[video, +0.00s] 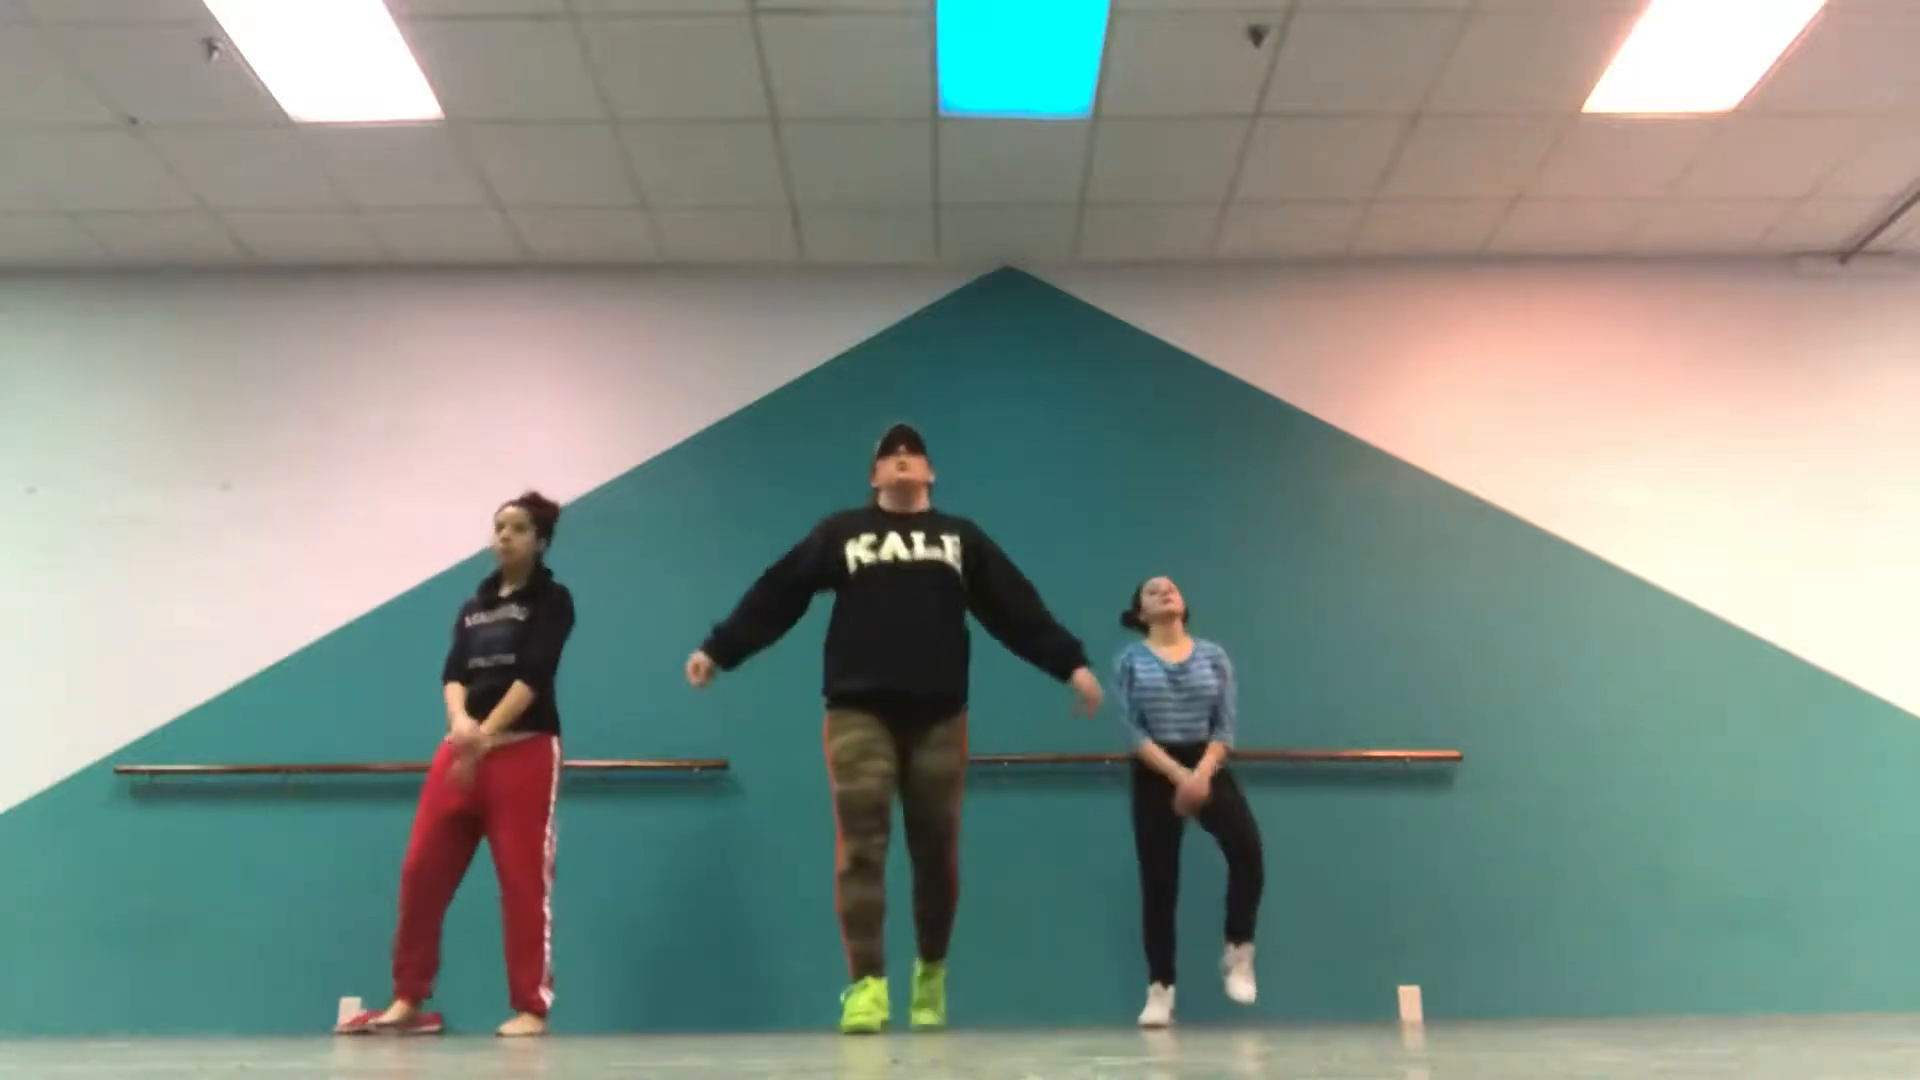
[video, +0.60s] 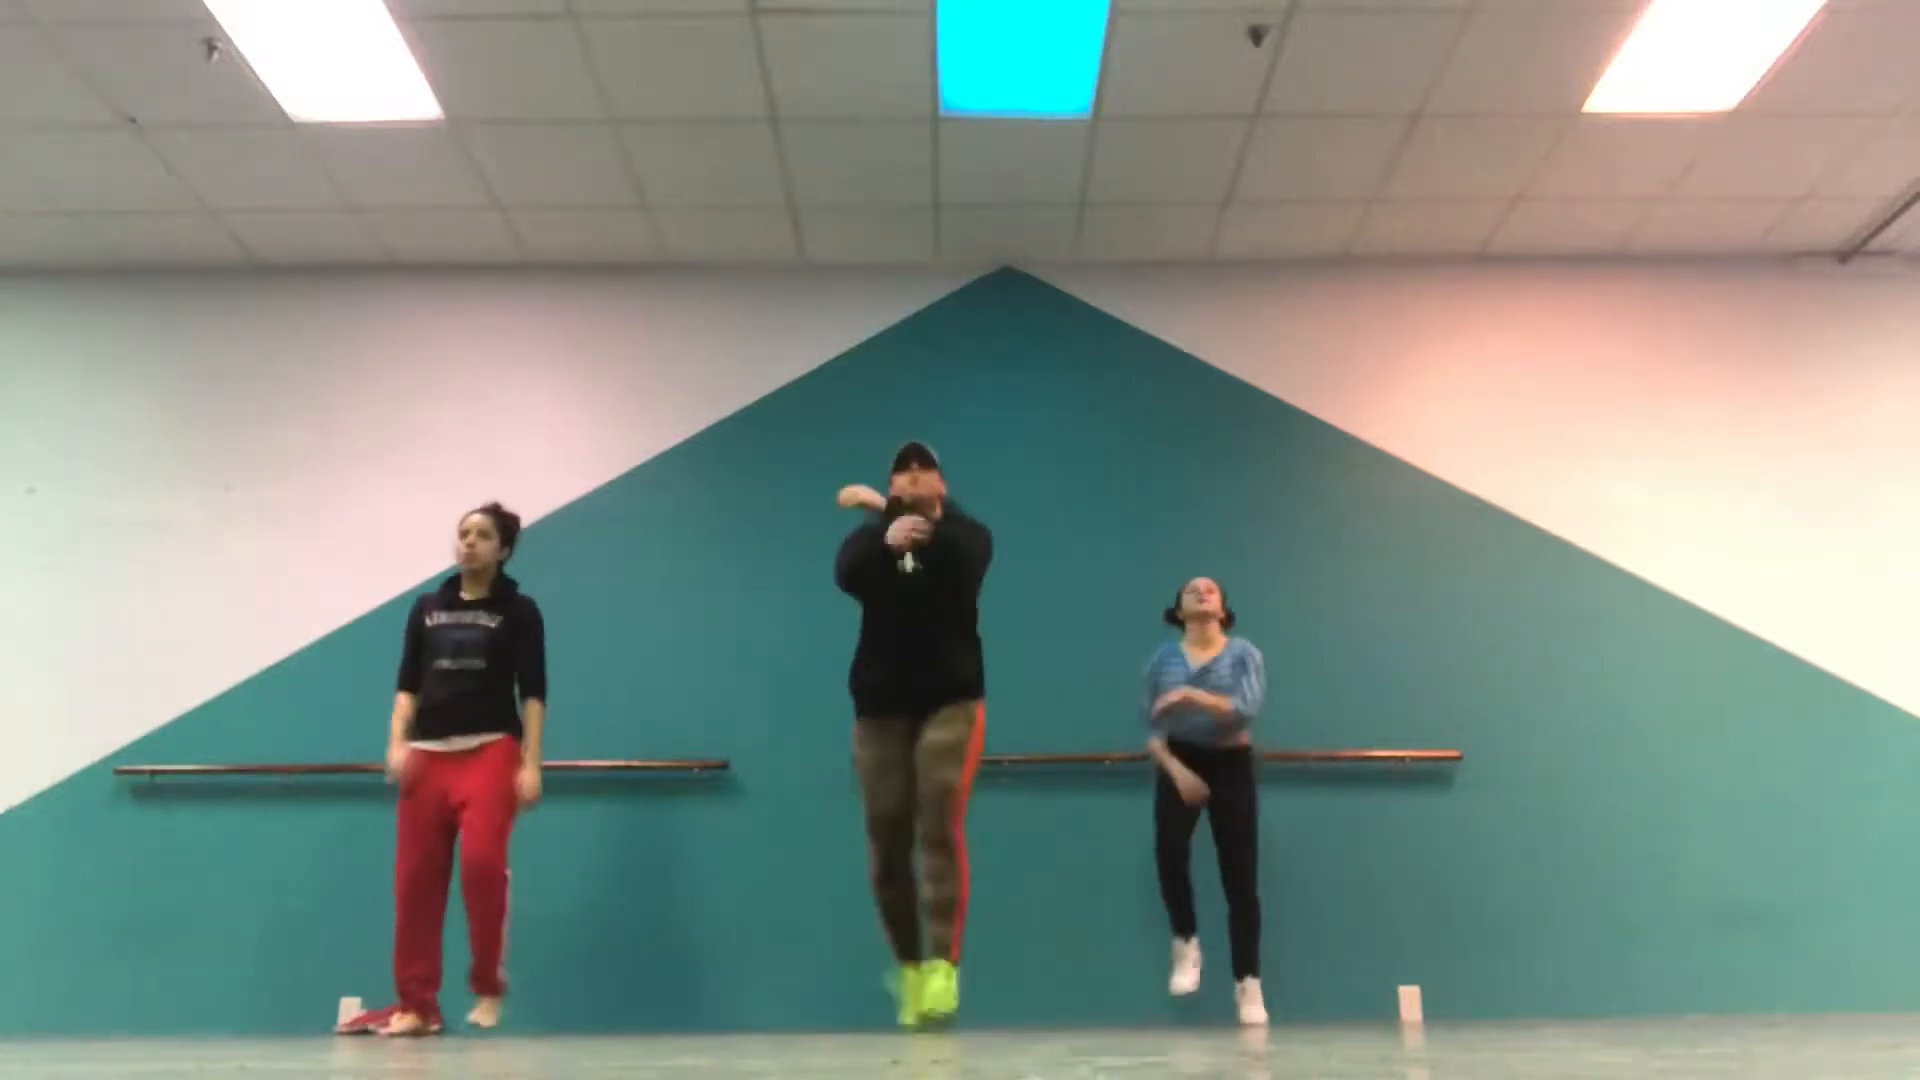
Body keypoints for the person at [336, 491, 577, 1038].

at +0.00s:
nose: (504, 537)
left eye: (516, 530)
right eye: (500, 528)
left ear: (539, 540)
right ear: (493, 536)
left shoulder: (553, 600)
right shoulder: (475, 603)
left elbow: (532, 677)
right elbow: (454, 673)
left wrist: (485, 737)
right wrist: (459, 721)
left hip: (523, 752)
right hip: (464, 747)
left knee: (524, 879)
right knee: (422, 871)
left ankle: (531, 1010)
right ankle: (410, 1001)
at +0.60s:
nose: (468, 543)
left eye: (480, 537)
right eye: (464, 535)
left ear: (503, 548)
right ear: (456, 543)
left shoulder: (520, 611)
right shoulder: (427, 608)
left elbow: (532, 692)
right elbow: (409, 685)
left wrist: (531, 763)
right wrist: (397, 742)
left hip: (490, 754)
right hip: (426, 754)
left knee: (481, 865)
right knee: (415, 879)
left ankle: (487, 991)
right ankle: (417, 1004)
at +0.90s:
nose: (508, 561)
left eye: (520, 553)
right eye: (501, 550)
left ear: (534, 564)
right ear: (487, 553)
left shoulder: (536, 631)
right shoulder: (447, 611)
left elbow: (524, 711)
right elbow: (392, 671)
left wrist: (519, 778)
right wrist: (326, 668)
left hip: (489, 771)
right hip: (423, 761)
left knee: (481, 886)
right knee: (394, 869)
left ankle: (463, 1008)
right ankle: (395, 993)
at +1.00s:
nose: (526, 572)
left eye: (536, 565)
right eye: (518, 561)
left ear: (548, 575)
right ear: (502, 564)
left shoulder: (538, 641)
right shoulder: (457, 602)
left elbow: (512, 714)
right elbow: (379, 606)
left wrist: (506, 781)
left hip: (482, 775)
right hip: (419, 761)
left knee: (476, 891)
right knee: (380, 848)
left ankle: (459, 1008)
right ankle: (347, 951)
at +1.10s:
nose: (530, 586)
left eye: (540, 578)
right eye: (522, 575)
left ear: (549, 587)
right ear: (504, 576)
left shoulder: (535, 648)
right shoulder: (473, 608)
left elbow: (495, 709)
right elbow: (445, 584)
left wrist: (488, 762)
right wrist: (421, 563)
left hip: (471, 781)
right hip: (412, 764)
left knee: (474, 896)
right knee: (367, 852)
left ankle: (457, 1010)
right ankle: (301, 914)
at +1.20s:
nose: (534, 584)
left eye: (542, 575)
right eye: (525, 574)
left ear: (548, 583)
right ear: (504, 576)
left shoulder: (527, 639)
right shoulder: (480, 604)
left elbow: (481, 692)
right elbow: (440, 600)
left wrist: (466, 750)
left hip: (455, 775)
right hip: (403, 757)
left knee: (463, 890)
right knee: (349, 864)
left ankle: (457, 1010)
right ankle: (264, 923)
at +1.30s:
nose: (525, 587)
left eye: (531, 577)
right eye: (515, 576)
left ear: (535, 584)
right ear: (491, 580)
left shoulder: (498, 632)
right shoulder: (473, 621)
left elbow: (457, 695)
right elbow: (466, 696)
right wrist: (500, 747)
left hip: (441, 776)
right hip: (392, 761)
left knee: (460, 882)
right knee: (332, 866)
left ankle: (453, 1008)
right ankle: (239, 968)